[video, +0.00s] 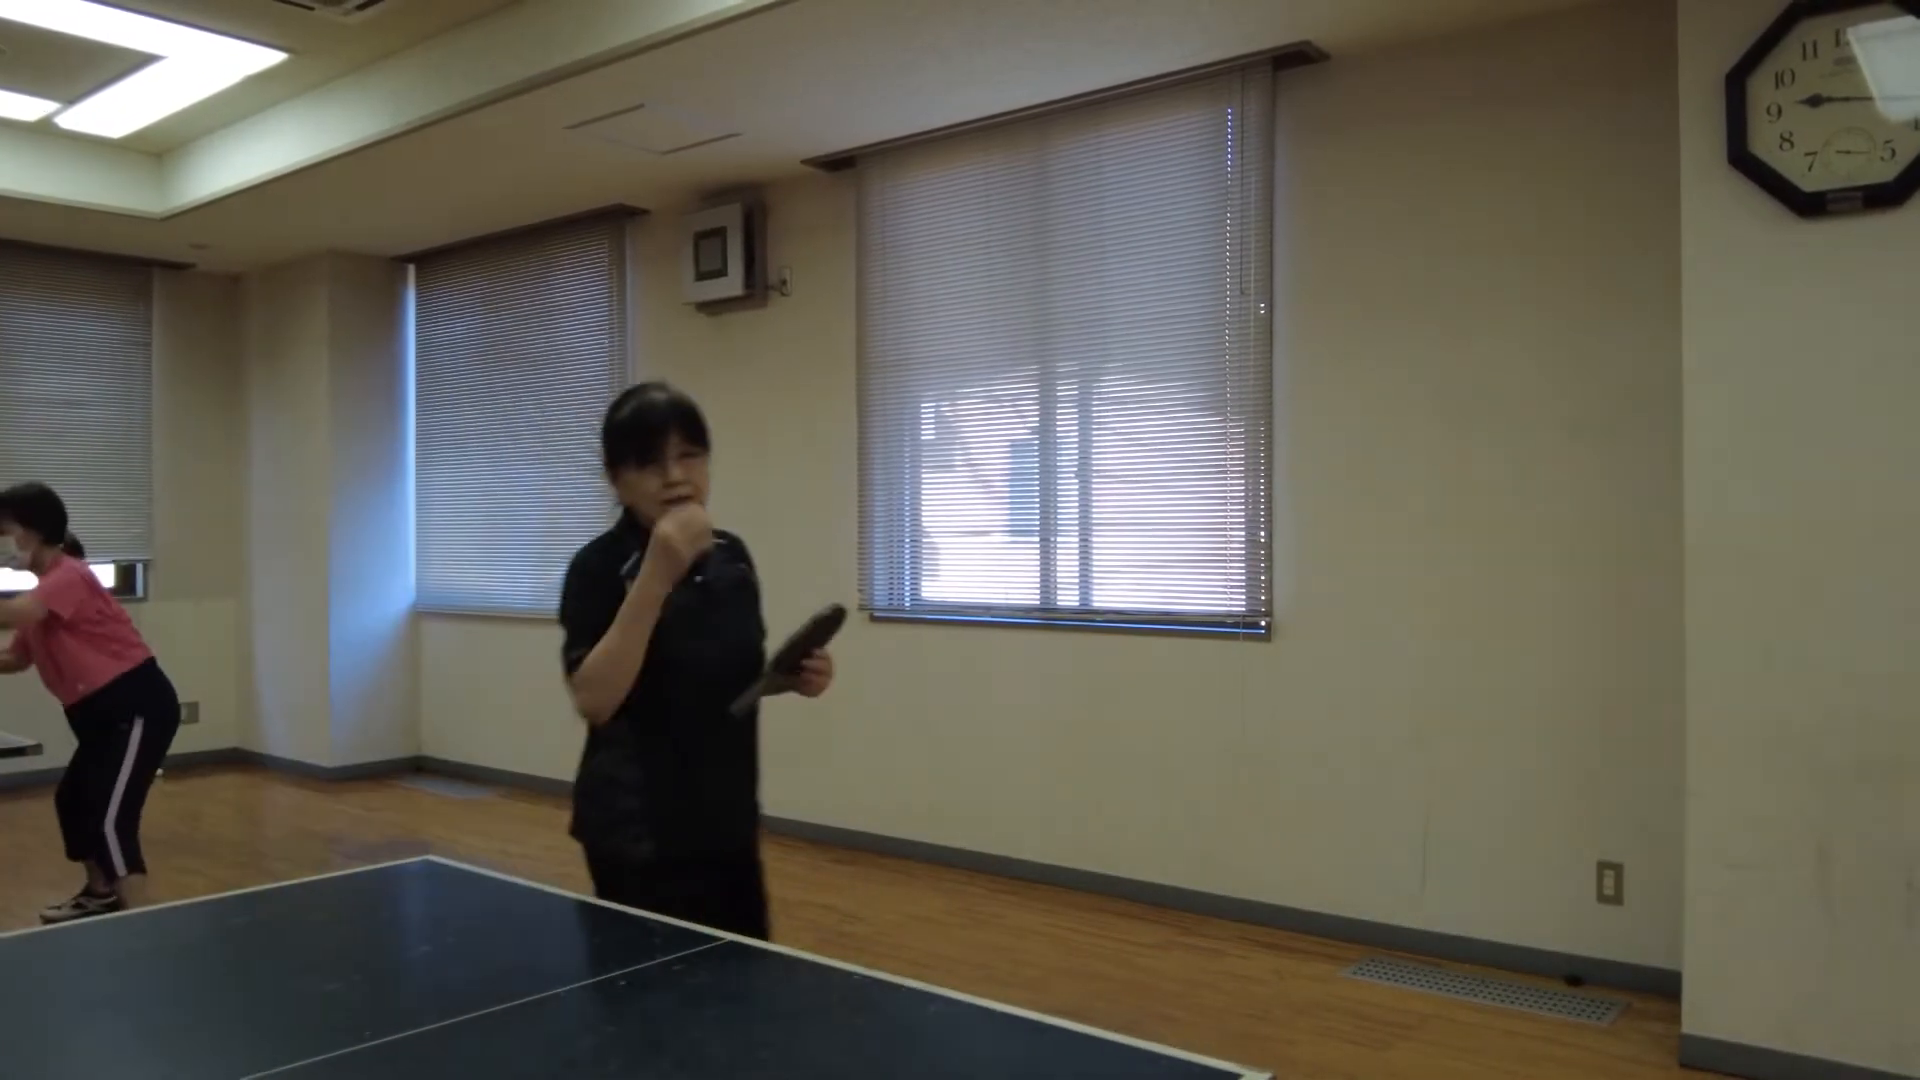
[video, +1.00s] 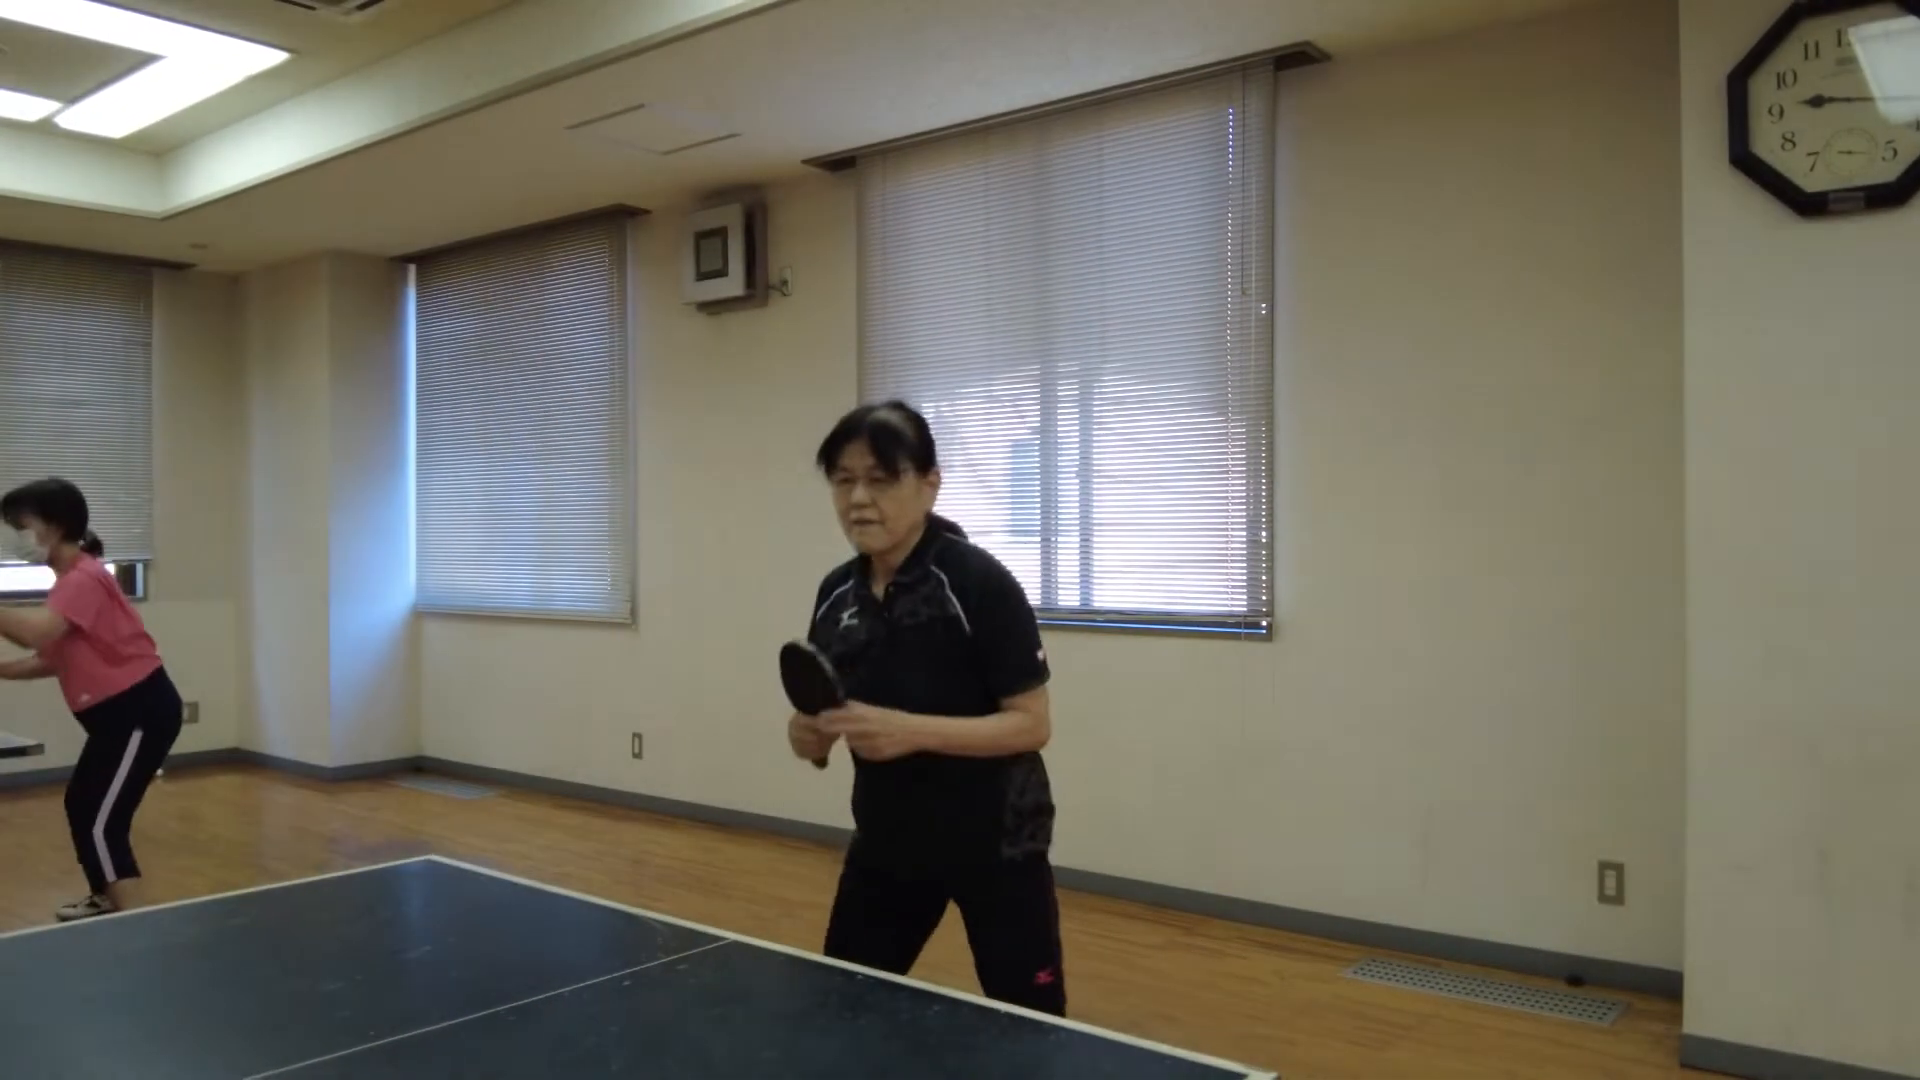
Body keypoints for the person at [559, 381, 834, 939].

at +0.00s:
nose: (674, 477)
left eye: (688, 456)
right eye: (649, 463)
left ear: (708, 463)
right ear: (615, 478)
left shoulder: (728, 556)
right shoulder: (598, 566)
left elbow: (741, 676)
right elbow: (593, 699)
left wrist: (793, 673)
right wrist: (657, 575)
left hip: (722, 811)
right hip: (633, 820)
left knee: (742, 979)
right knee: (647, 987)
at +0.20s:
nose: (735, 466)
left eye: (747, 445)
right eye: (714, 455)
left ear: (769, 451)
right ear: (682, 472)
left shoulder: (803, 546)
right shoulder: (660, 551)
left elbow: (817, 649)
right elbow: (665, 621)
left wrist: (859, 680)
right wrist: (689, 485)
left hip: (798, 803)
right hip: (700, 814)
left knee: (873, 986)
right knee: (704, 998)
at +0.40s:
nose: (806, 474)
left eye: (821, 452)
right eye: (783, 462)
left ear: (852, 457)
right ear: (762, 482)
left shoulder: (902, 562)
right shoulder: (744, 567)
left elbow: (934, 668)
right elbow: (687, 653)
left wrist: (939, 716)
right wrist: (714, 522)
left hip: (885, 821)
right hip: (773, 823)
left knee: (935, 1001)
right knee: (765, 999)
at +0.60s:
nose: (879, 466)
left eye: (899, 447)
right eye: (860, 452)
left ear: (936, 455)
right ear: (841, 466)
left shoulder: (985, 559)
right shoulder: (818, 564)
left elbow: (1039, 680)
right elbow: (769, 695)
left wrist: (980, 711)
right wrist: (763, 633)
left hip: (955, 811)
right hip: (842, 809)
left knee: (978, 1002)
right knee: (809, 991)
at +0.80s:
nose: (885, 466)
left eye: (907, 448)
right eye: (870, 449)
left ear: (950, 456)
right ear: (853, 459)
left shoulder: (996, 562)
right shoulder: (839, 561)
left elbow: (1042, 698)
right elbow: (794, 668)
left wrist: (939, 703)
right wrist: (795, 690)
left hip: (976, 826)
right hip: (867, 822)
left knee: (996, 1021)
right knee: (844, 1004)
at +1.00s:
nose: (859, 498)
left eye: (881, 479)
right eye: (844, 481)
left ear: (930, 485)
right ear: (829, 490)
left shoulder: (980, 583)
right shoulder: (838, 592)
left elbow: (1033, 725)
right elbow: (827, 708)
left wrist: (912, 731)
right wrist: (809, 732)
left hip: (996, 841)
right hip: (893, 836)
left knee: (1031, 1036)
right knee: (840, 1012)